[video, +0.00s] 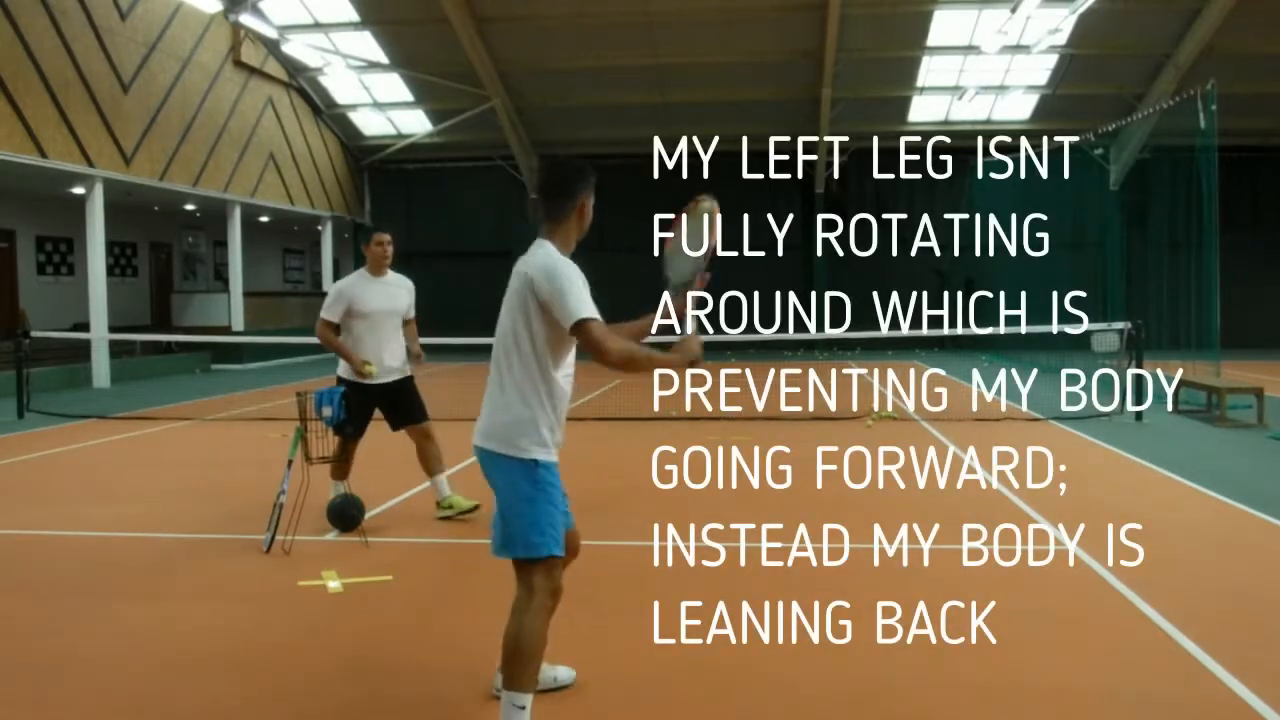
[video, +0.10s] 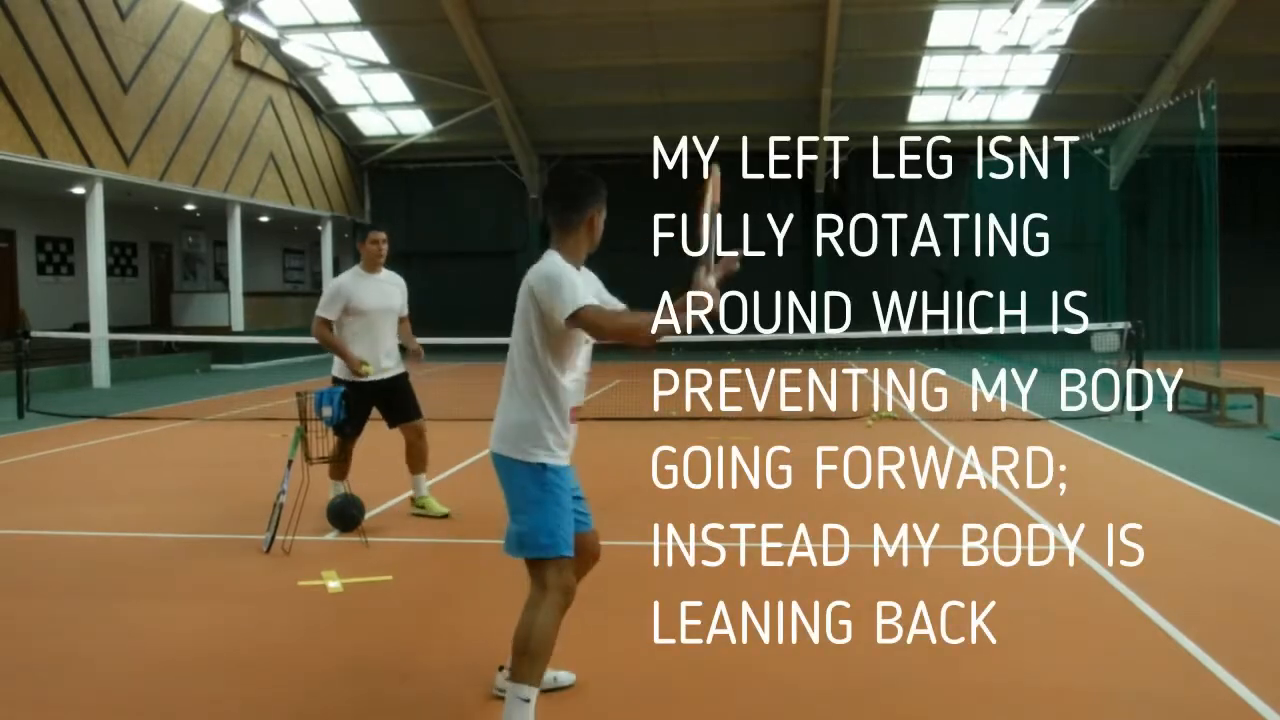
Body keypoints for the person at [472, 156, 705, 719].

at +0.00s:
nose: (593, 212)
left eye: (591, 203)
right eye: (592, 203)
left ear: (544, 205)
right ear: (583, 206)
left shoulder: (541, 263)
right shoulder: (555, 269)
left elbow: (595, 336)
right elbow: (608, 351)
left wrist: (657, 321)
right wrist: (674, 357)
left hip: (519, 442)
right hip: (519, 446)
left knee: (564, 544)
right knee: (539, 585)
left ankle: (518, 668)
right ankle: (515, 709)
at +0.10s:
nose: (604, 224)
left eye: (601, 214)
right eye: (602, 214)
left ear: (554, 216)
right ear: (594, 218)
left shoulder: (581, 279)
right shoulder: (551, 273)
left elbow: (639, 326)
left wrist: (701, 291)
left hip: (550, 449)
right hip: (529, 450)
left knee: (583, 551)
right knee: (553, 582)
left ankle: (519, 671)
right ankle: (518, 708)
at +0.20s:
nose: (619, 229)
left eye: (618, 221)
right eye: (618, 220)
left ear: (577, 222)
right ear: (608, 223)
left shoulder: (594, 279)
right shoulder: (558, 275)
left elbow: (651, 310)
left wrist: (712, 280)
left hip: (559, 442)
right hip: (546, 444)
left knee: (580, 561)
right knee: (595, 568)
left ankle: (520, 666)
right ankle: (535, 703)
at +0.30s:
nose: (644, 231)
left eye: (643, 223)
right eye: (639, 222)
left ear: (626, 226)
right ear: (621, 222)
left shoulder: (635, 274)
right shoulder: (573, 261)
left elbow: (689, 300)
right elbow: (557, 288)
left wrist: (733, 269)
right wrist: (619, 258)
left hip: (583, 433)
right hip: (560, 433)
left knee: (584, 554)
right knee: (622, 546)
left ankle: (519, 662)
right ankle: (579, 679)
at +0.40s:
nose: (649, 229)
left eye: (652, 221)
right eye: (642, 220)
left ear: (653, 226)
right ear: (622, 221)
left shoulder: (653, 265)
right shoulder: (587, 258)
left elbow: (702, 298)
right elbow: (548, 283)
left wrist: (753, 283)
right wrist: (606, 256)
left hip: (605, 423)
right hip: (575, 422)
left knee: (614, 535)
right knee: (636, 535)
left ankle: (535, 632)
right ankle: (628, 659)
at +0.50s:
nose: (680, 245)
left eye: (682, 236)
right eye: (674, 234)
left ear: (678, 242)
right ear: (654, 234)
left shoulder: (671, 284)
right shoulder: (605, 273)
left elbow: (729, 315)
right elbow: (555, 307)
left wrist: (788, 306)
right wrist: (588, 287)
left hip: (620, 427)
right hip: (591, 428)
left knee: (649, 527)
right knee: (663, 531)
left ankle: (567, 602)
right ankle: (634, 659)